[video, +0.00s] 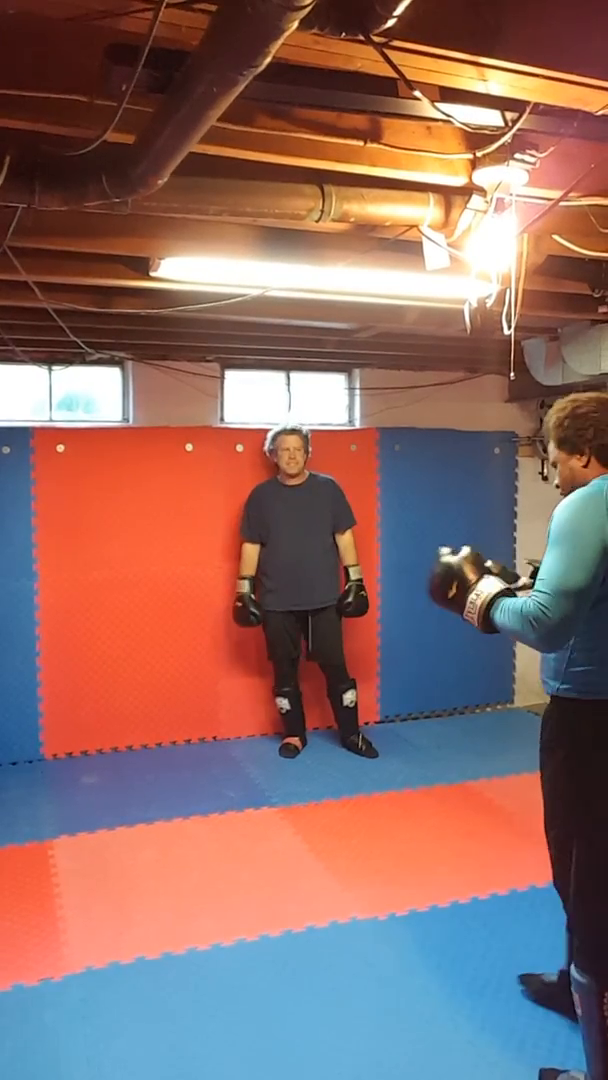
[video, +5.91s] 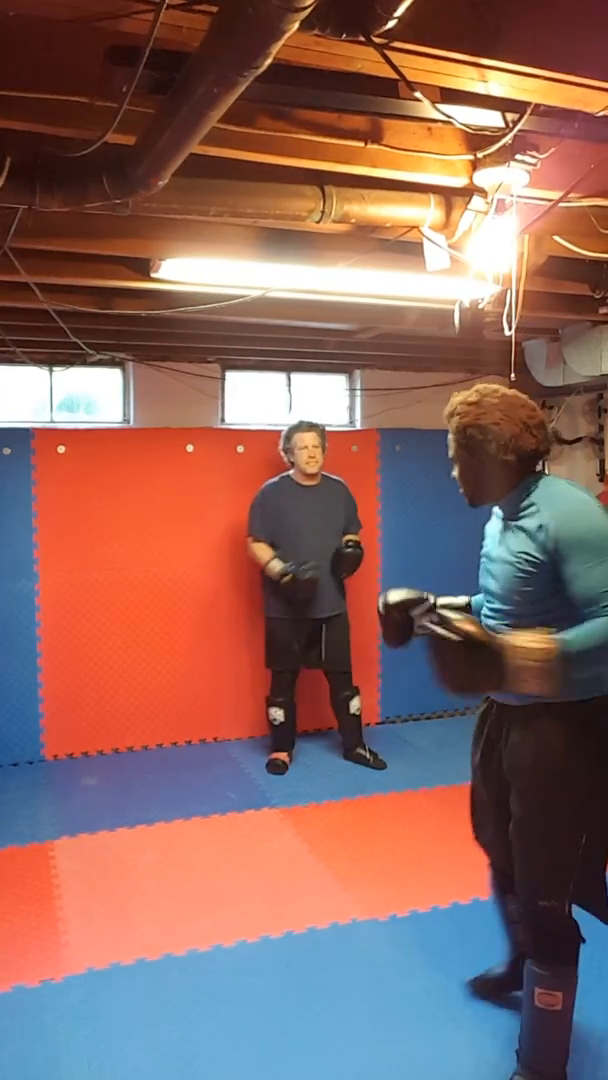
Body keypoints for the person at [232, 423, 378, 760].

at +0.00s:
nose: (291, 456)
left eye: (297, 450)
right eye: (285, 450)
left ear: (307, 454)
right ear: (274, 456)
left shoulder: (328, 489)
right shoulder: (261, 495)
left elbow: (344, 535)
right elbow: (252, 544)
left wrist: (355, 580)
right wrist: (244, 590)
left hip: (324, 597)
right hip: (278, 599)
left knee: (336, 666)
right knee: (284, 669)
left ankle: (351, 733)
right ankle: (294, 734)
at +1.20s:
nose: (345, 456)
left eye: (350, 450)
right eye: (338, 449)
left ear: (357, 454)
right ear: (326, 451)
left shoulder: (371, 490)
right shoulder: (304, 492)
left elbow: (384, 537)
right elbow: (293, 541)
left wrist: (395, 581)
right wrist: (287, 587)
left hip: (362, 598)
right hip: (316, 598)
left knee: (358, 667)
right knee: (308, 668)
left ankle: (354, 735)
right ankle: (298, 735)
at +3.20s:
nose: (365, 459)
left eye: (370, 453)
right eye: (358, 452)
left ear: (377, 456)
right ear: (344, 455)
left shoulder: (391, 492)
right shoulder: (325, 493)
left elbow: (404, 540)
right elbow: (313, 543)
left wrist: (411, 584)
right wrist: (307, 587)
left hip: (379, 598)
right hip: (338, 597)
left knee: (369, 668)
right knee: (342, 667)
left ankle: (358, 734)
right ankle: (332, 737)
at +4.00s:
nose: (321, 457)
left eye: (327, 451)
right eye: (314, 451)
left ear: (337, 454)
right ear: (304, 454)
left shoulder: (355, 491)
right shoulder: (287, 495)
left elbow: (371, 541)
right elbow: (275, 545)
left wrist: (383, 588)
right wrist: (265, 592)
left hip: (346, 603)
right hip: (297, 602)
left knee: (350, 672)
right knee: (290, 676)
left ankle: (353, 736)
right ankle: (282, 748)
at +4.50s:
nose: (282, 458)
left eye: (288, 451)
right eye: (276, 452)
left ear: (301, 453)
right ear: (267, 455)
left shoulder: (323, 491)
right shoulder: (252, 495)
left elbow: (337, 540)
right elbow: (240, 546)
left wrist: (342, 587)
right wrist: (230, 593)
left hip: (313, 601)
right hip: (266, 602)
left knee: (312, 674)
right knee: (272, 675)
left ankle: (317, 747)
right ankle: (279, 745)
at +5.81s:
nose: (305, 455)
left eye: (310, 448)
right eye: (297, 449)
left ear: (319, 452)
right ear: (283, 455)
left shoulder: (333, 492)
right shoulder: (264, 496)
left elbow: (347, 534)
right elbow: (250, 543)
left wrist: (345, 556)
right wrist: (263, 585)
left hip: (324, 604)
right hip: (281, 606)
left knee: (337, 675)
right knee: (280, 677)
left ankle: (353, 743)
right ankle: (281, 748)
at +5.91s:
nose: (311, 454)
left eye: (316, 448)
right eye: (303, 449)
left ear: (324, 452)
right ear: (288, 454)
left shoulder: (339, 491)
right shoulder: (270, 494)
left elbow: (353, 532)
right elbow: (257, 543)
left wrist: (352, 551)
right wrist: (283, 574)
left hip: (332, 604)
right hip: (286, 606)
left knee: (342, 675)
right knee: (283, 677)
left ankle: (354, 744)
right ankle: (281, 748)